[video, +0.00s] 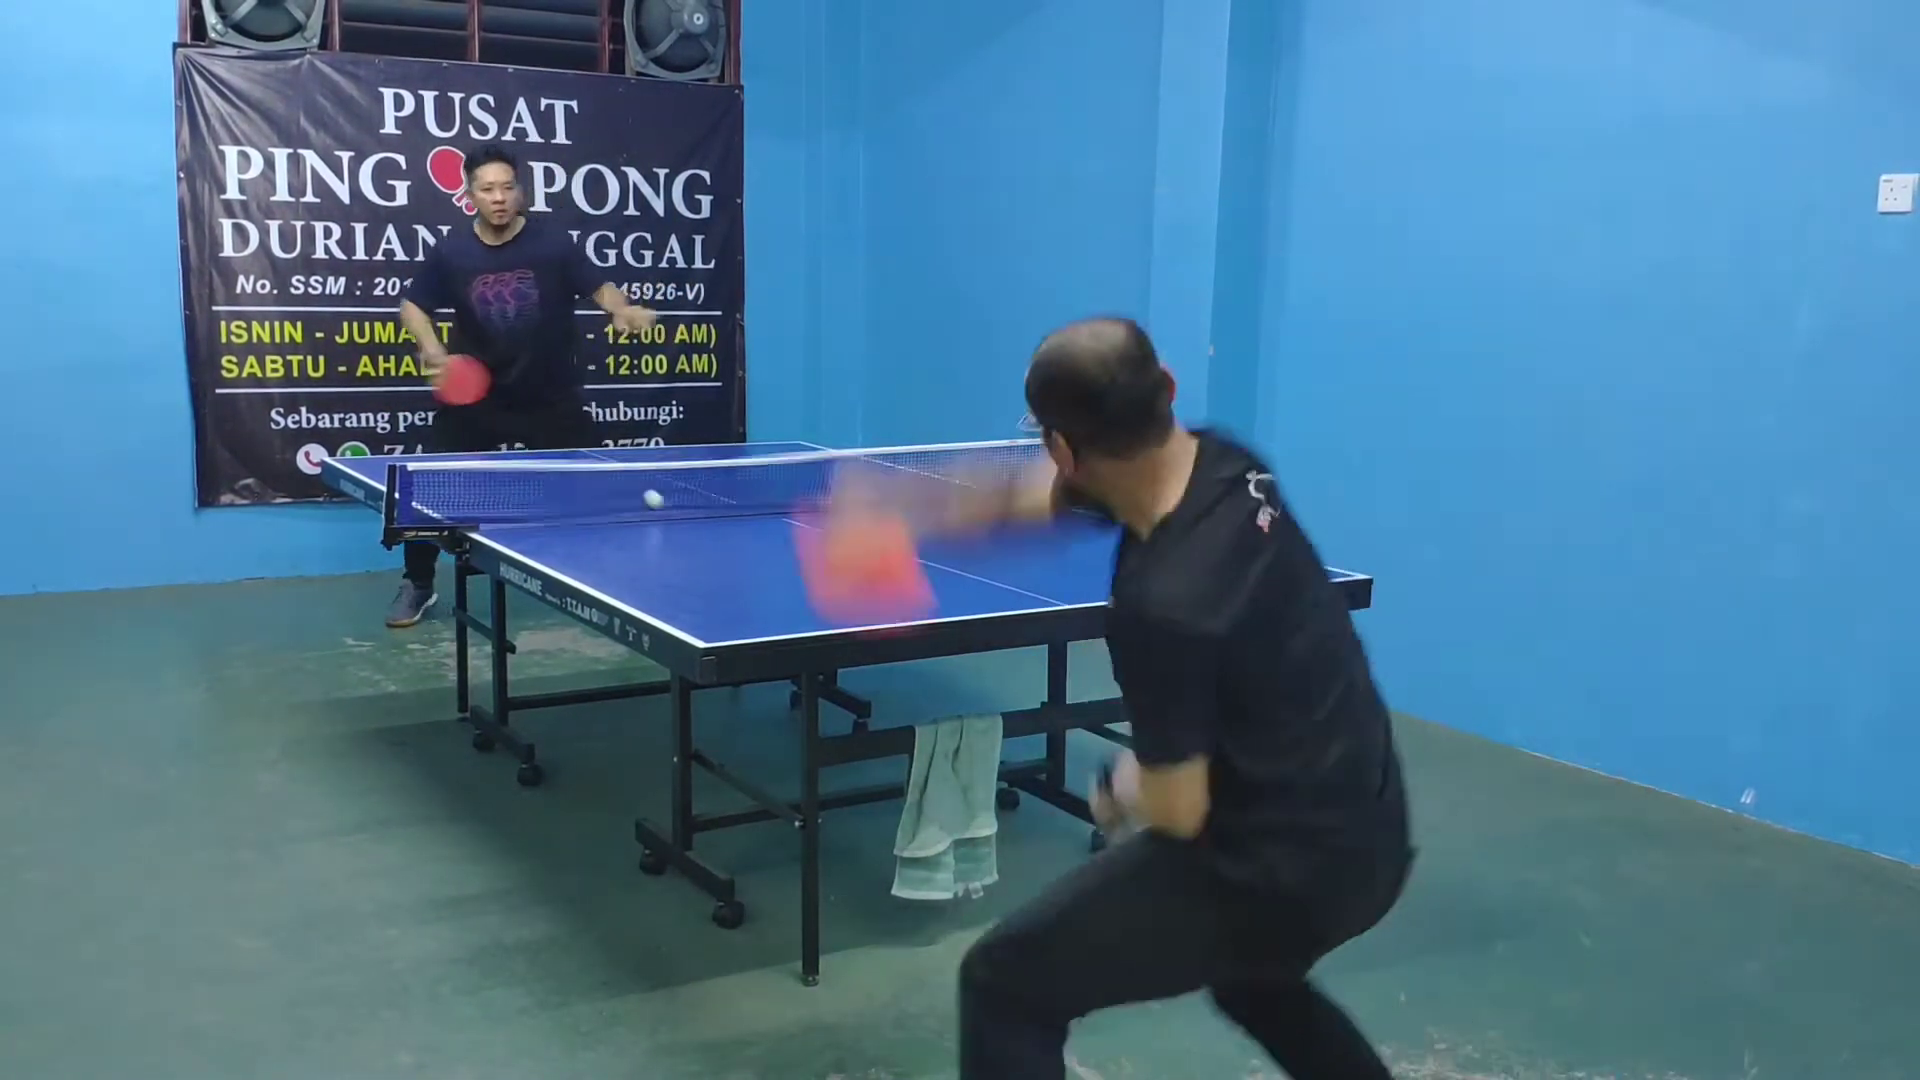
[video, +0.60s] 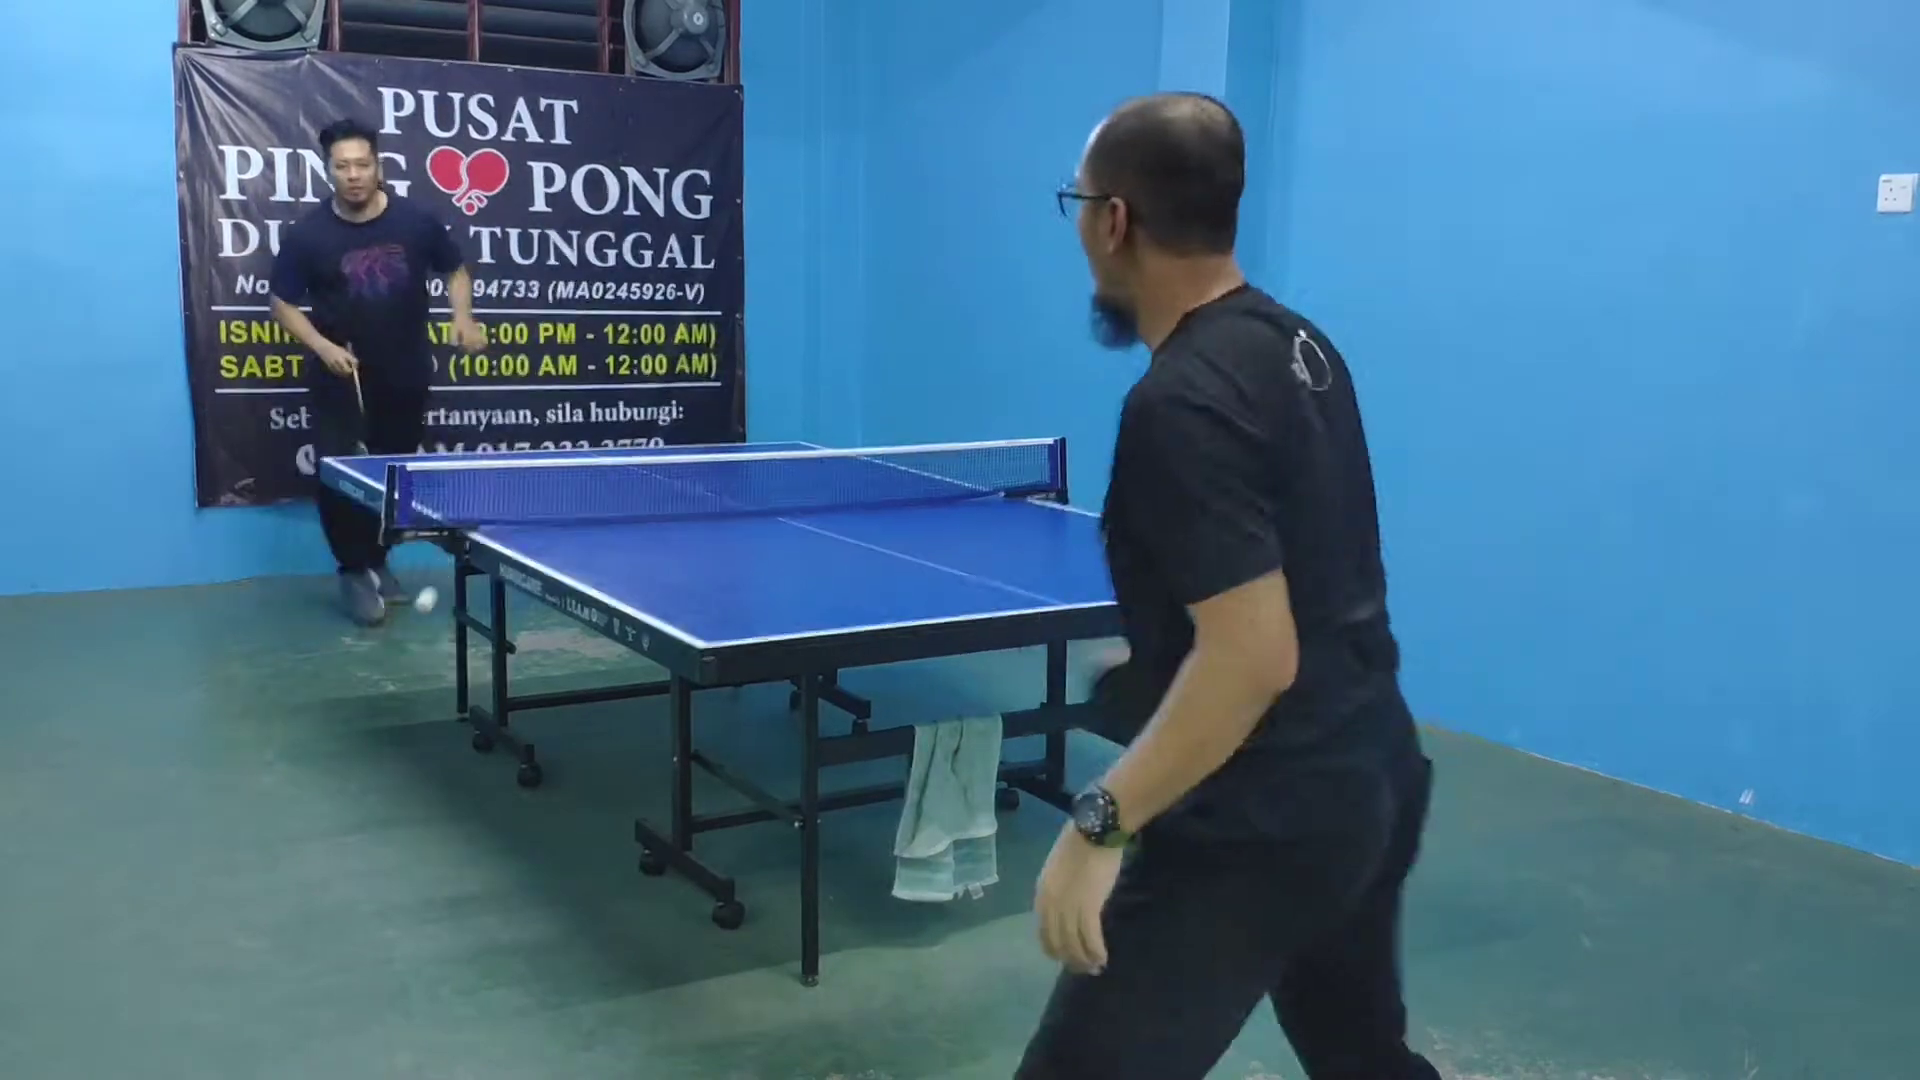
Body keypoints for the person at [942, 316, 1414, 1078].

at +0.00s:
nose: (1041, 448)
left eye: (1042, 434)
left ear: (1062, 451)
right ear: (1168, 390)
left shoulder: (1157, 602)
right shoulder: (1224, 459)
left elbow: (1178, 811)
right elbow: (1062, 495)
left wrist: (1127, 784)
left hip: (1271, 876)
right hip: (1367, 835)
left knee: (1004, 980)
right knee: (1252, 982)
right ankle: (1367, 1074)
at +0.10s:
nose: (1029, 450)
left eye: (1028, 433)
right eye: (1024, 432)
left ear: (1073, 446)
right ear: (1154, 404)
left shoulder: (1215, 581)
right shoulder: (1135, 517)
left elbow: (1210, 814)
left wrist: (1103, 810)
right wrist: (1020, 801)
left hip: (1276, 880)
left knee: (982, 999)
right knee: (1213, 1020)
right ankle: (1362, 1076)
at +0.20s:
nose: (1044, 366)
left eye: (1042, 346)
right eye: (1040, 346)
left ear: (1084, 358)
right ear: (1169, 329)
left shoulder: (1205, 508)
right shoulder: (1170, 447)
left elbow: (1226, 750)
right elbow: (1143, 626)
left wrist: (1115, 775)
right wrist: (1049, 727)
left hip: (1261, 838)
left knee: (993, 1016)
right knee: (1260, 999)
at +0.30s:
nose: (1057, 262)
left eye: (1055, 237)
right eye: (1053, 237)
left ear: (1094, 245)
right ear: (1185, 229)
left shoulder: (1177, 404)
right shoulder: (1237, 347)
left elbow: (1246, 638)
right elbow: (1201, 532)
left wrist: (1121, 730)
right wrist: (1090, 626)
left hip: (1267, 767)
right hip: (1339, 736)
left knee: (1067, 1011)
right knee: (1272, 975)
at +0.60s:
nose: (1080, 232)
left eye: (1080, 206)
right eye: (1078, 207)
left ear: (1116, 223)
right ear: (1219, 211)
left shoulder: (1180, 402)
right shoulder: (1299, 348)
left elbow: (1249, 652)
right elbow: (1332, 584)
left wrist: (1100, 821)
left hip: (1255, 814)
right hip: (1364, 773)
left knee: (1078, 1066)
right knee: (1364, 1058)